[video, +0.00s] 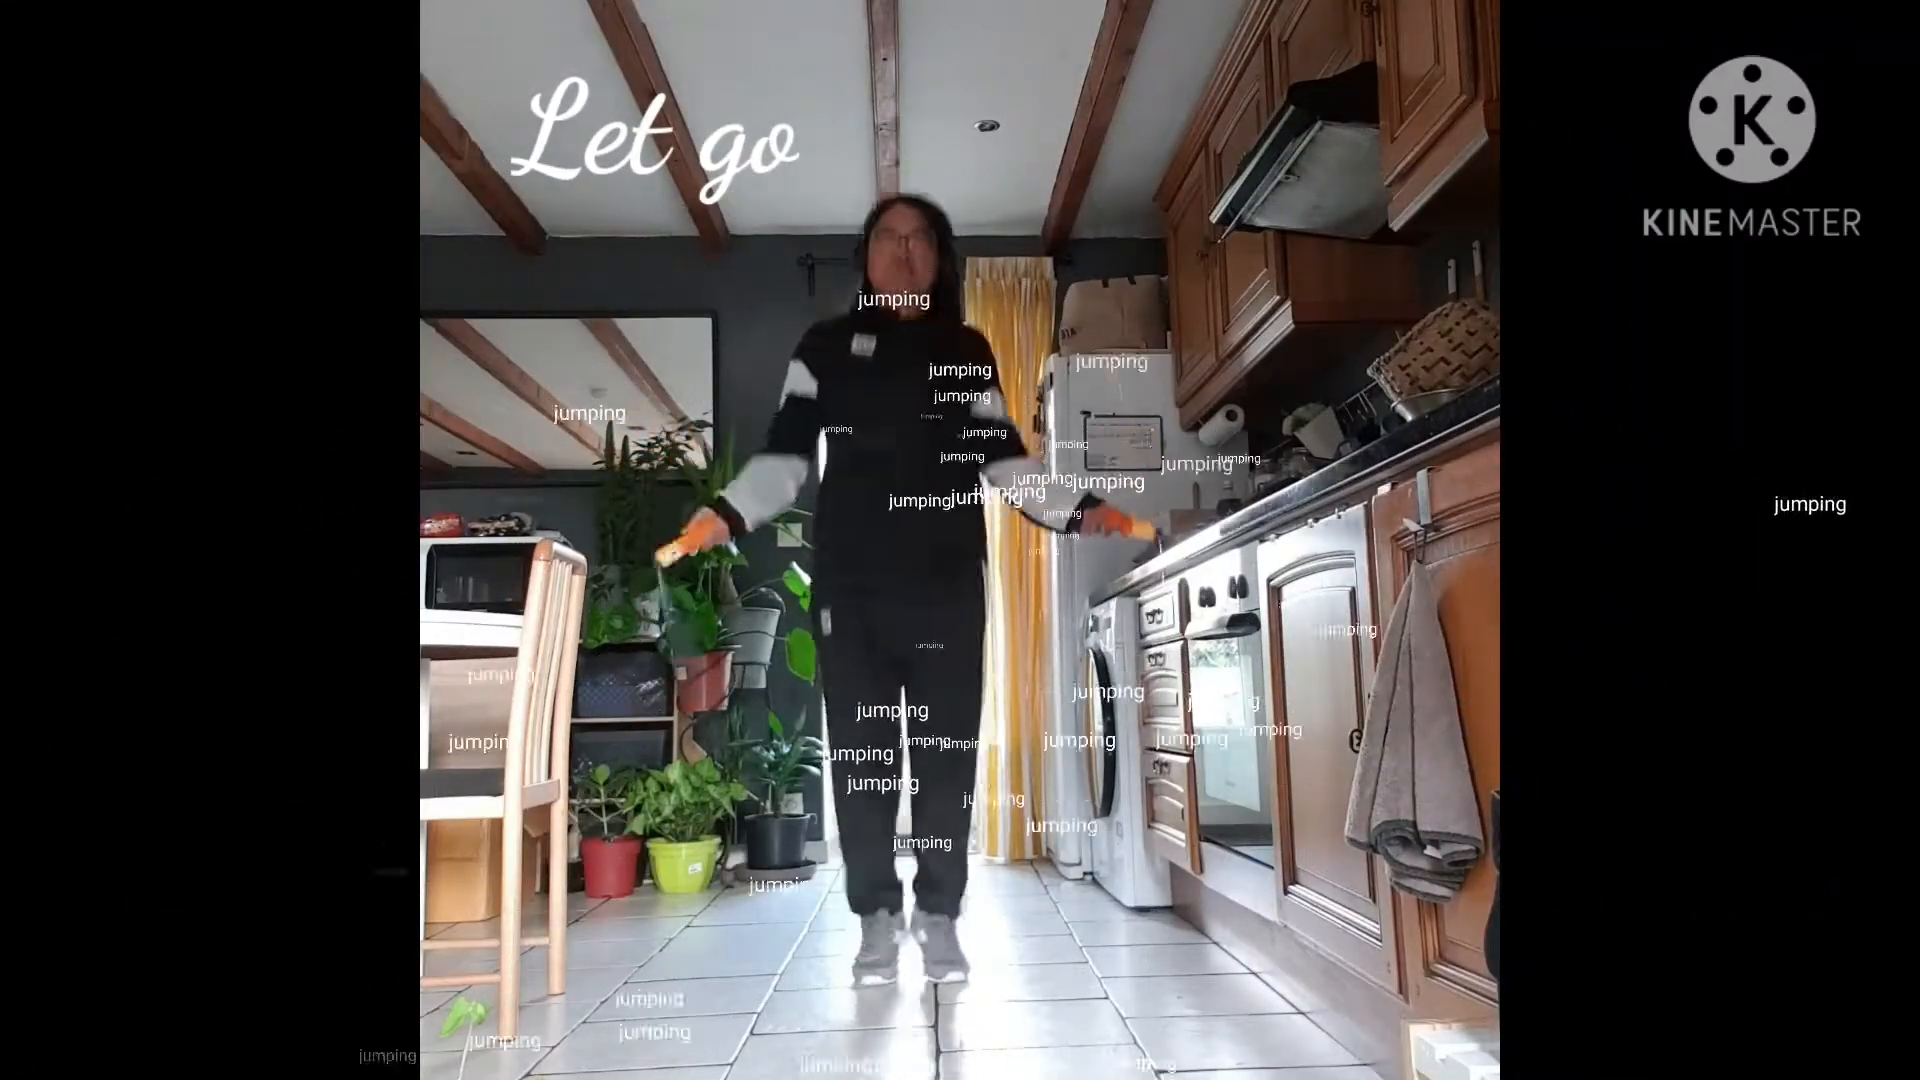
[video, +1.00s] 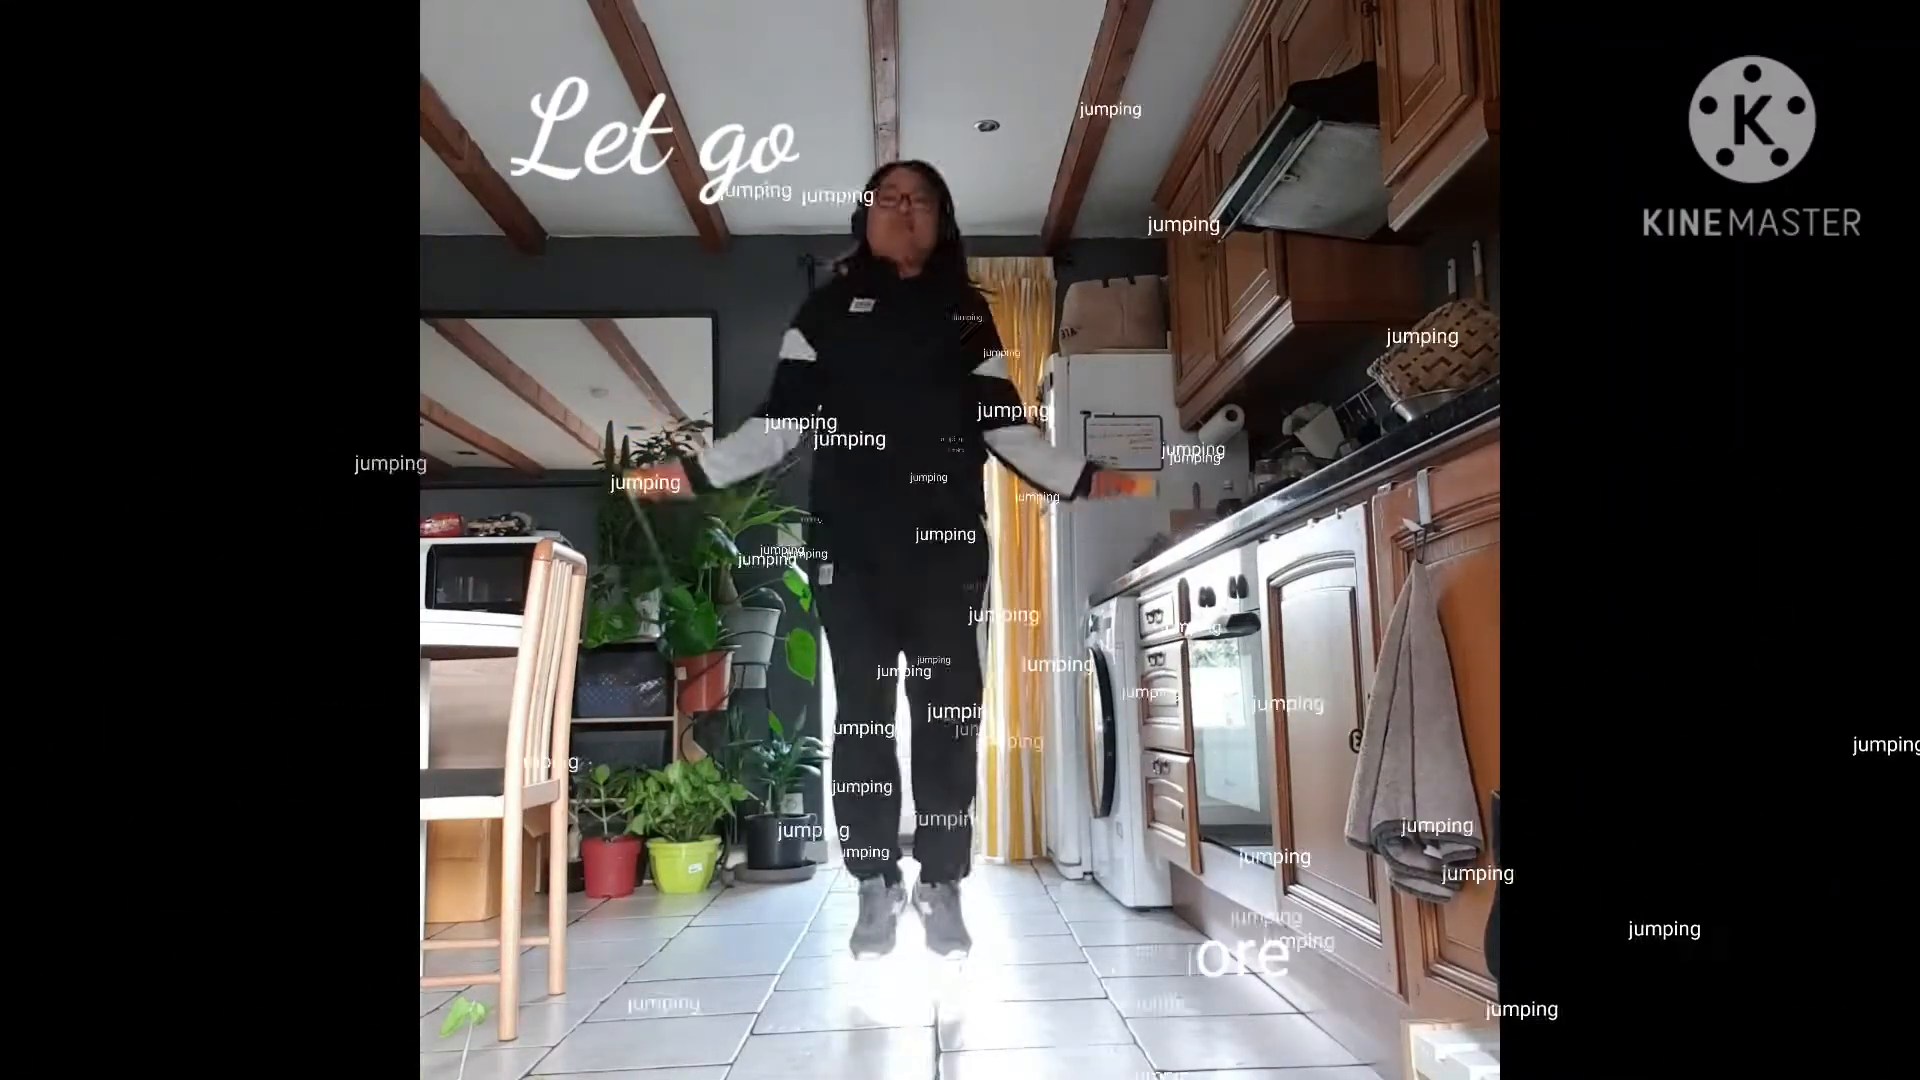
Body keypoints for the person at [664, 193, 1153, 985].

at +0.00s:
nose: (904, 248)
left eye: (920, 237)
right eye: (888, 235)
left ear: (941, 258)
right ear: (864, 254)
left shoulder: (967, 350)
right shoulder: (828, 347)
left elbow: (1003, 461)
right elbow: (788, 457)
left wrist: (1082, 510)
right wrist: (723, 515)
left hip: (948, 584)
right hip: (852, 583)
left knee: (947, 754)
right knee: (863, 754)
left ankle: (939, 916)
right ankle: (875, 916)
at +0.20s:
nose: (911, 222)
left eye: (926, 212)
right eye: (896, 212)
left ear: (950, 236)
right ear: (872, 235)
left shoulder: (975, 324)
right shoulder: (838, 319)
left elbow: (1012, 430)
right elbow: (784, 426)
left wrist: (1092, 465)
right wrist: (695, 456)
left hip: (955, 550)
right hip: (859, 550)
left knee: (952, 725)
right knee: (871, 724)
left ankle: (942, 889)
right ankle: (882, 896)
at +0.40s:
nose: (907, 261)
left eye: (923, 250)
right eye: (893, 249)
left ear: (947, 271)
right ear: (871, 270)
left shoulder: (973, 361)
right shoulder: (836, 358)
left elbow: (1012, 469)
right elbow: (788, 460)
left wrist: (1078, 504)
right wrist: (725, 488)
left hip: (953, 589)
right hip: (859, 589)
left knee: (947, 761)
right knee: (869, 763)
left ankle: (939, 921)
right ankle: (884, 924)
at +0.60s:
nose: (908, 213)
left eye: (924, 204)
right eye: (893, 203)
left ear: (948, 230)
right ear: (868, 226)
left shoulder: (971, 316)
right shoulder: (831, 313)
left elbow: (1007, 423)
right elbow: (783, 416)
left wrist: (1096, 461)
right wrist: (688, 445)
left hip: (952, 546)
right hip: (856, 546)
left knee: (948, 724)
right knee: (867, 723)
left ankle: (945, 888)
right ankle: (879, 889)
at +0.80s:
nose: (906, 270)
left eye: (922, 261)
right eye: (892, 259)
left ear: (945, 284)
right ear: (869, 282)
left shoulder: (969, 374)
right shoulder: (828, 373)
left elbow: (1000, 475)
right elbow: (785, 474)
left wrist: (1076, 491)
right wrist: (724, 478)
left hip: (952, 596)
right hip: (858, 597)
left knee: (948, 762)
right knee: (870, 765)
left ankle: (941, 927)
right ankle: (884, 929)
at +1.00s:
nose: (902, 206)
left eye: (918, 198)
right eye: (888, 196)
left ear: (942, 224)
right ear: (864, 218)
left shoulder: (966, 312)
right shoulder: (827, 306)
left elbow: (1002, 425)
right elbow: (784, 424)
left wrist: (1079, 477)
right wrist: (697, 468)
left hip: (947, 541)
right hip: (852, 541)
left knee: (949, 715)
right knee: (864, 714)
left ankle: (942, 886)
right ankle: (875, 887)